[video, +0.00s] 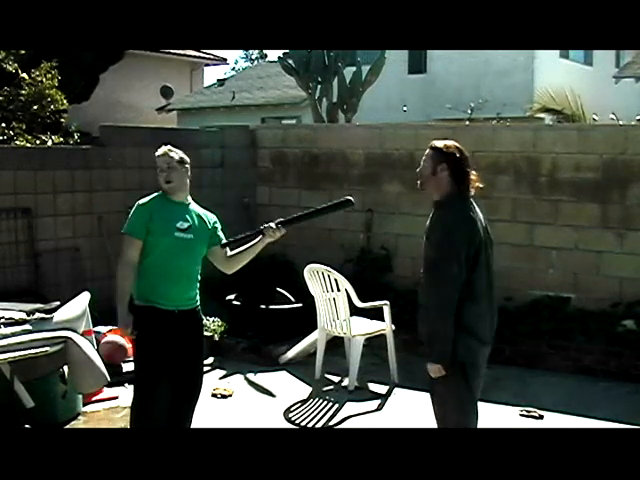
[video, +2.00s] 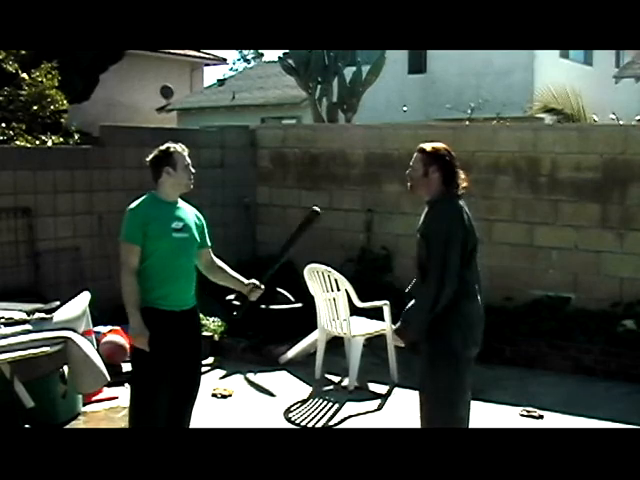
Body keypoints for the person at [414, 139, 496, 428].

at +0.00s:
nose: (418, 174)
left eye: (424, 167)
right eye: (420, 167)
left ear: (443, 171)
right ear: (443, 172)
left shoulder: (451, 217)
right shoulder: (463, 210)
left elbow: (443, 289)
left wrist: (436, 354)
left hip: (456, 346)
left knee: (455, 419)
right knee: (457, 417)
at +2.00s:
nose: (408, 176)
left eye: (413, 170)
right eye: (409, 169)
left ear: (433, 175)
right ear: (433, 175)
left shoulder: (445, 215)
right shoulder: (443, 211)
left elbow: (438, 281)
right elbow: (431, 275)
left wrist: (409, 325)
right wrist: (410, 306)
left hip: (449, 328)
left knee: (441, 410)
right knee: (443, 408)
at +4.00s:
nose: (413, 169)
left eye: (421, 166)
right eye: (418, 164)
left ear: (439, 177)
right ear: (438, 177)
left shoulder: (451, 209)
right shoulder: (437, 207)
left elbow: (432, 248)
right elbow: (414, 240)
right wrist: (406, 261)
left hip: (449, 328)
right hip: (436, 323)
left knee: (437, 404)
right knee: (436, 401)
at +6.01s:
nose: (408, 177)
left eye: (414, 171)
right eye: (410, 171)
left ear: (432, 177)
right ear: (433, 178)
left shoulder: (441, 218)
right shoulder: (452, 213)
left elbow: (433, 285)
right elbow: (438, 282)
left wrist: (420, 343)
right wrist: (422, 335)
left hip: (443, 339)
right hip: (452, 334)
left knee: (435, 413)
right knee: (446, 410)